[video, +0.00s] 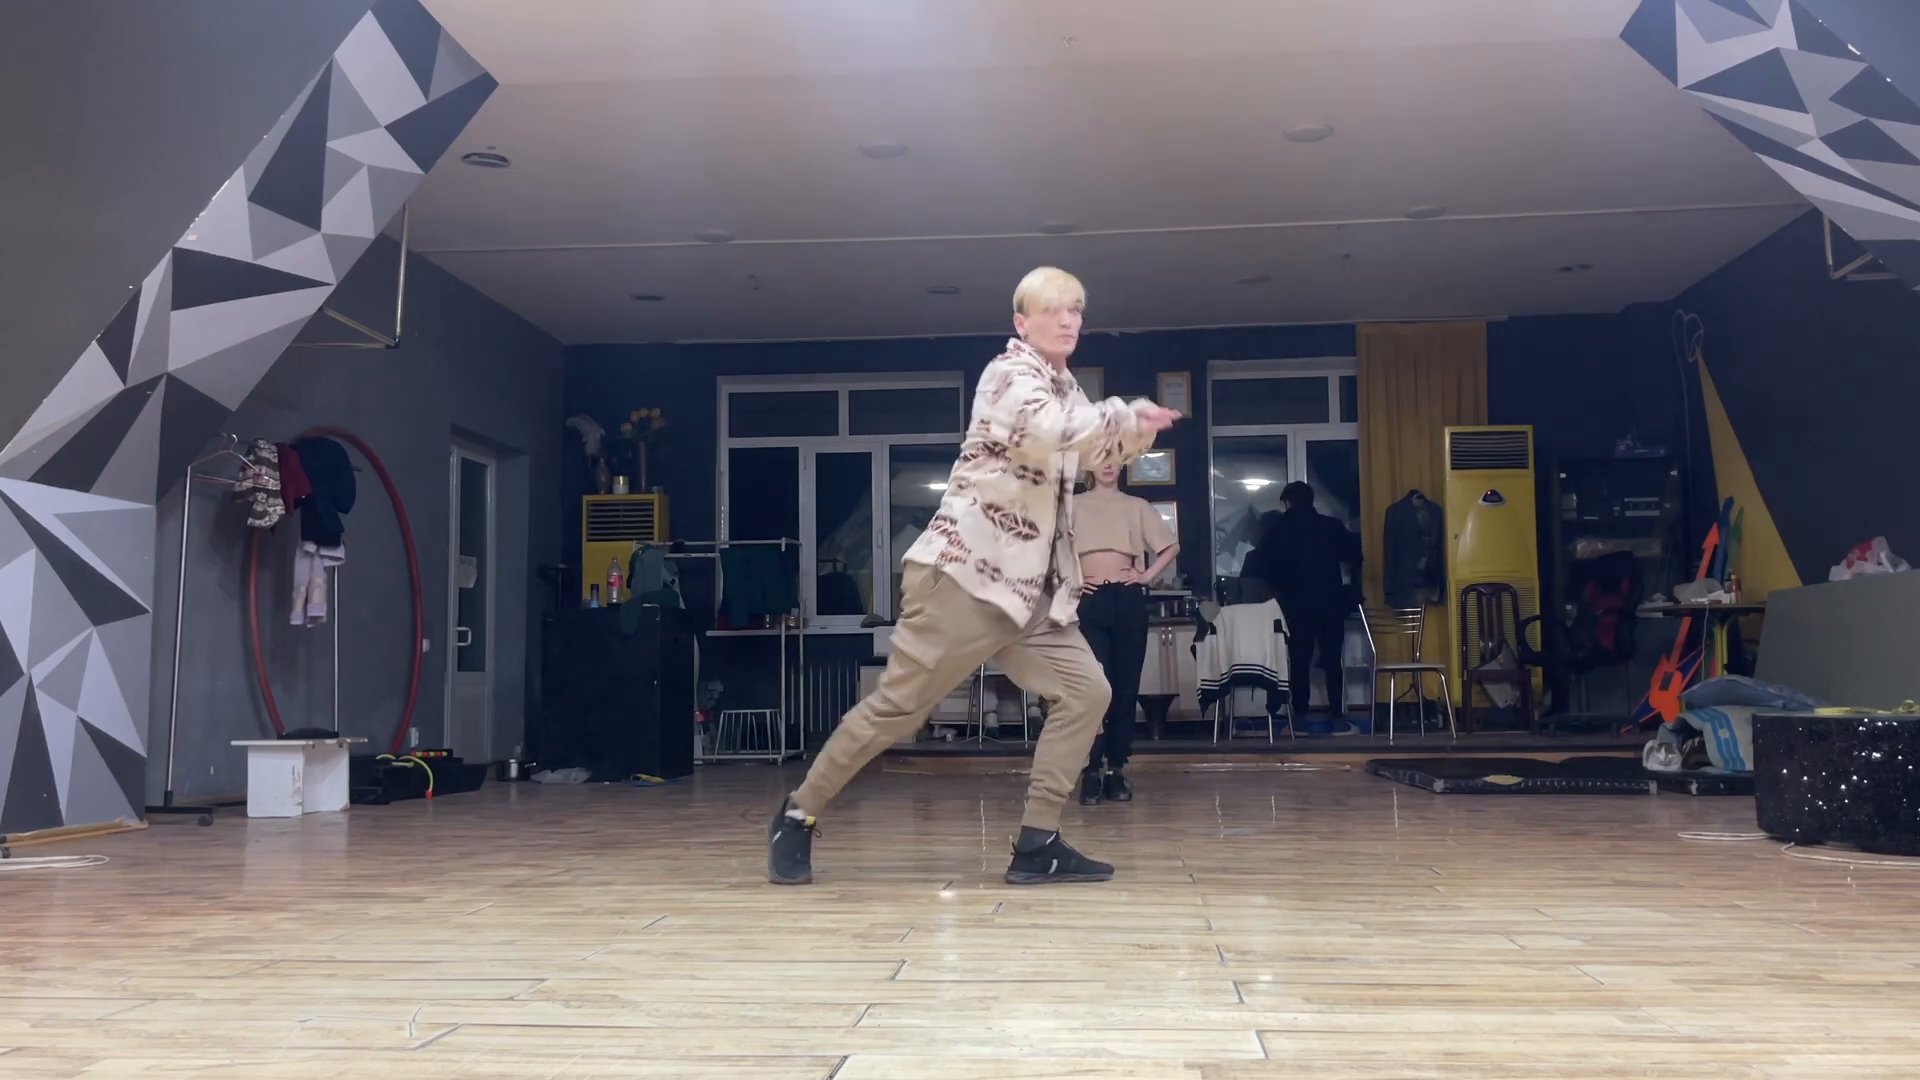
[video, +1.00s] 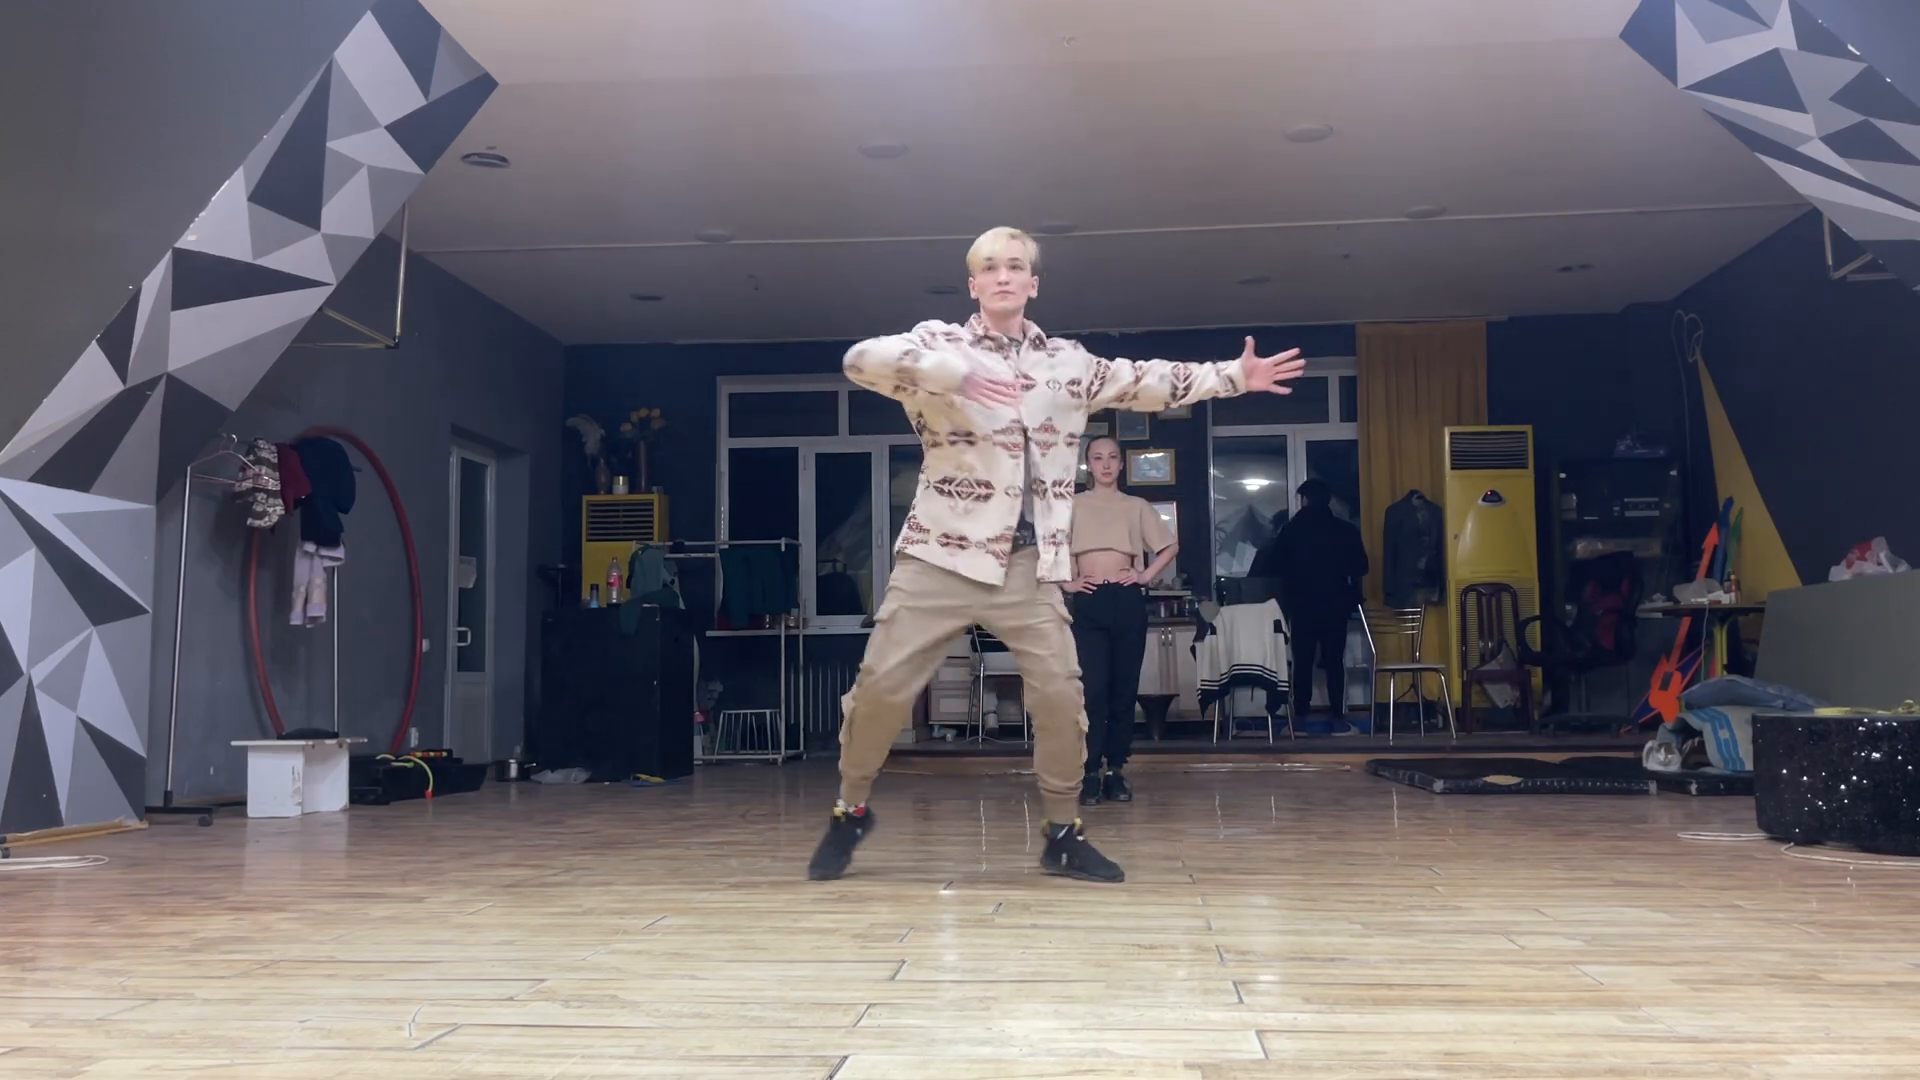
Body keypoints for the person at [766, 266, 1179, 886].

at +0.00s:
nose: (1073, 322)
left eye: (1078, 311)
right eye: (1060, 311)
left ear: (1079, 320)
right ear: (1023, 321)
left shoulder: (1067, 390)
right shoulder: (1011, 375)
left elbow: (1083, 460)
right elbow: (1048, 429)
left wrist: (1121, 449)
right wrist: (1123, 417)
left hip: (1022, 588)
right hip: (959, 575)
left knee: (1086, 692)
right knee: (896, 708)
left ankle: (1038, 841)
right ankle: (797, 816)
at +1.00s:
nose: (1004, 277)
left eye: (1016, 267)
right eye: (991, 267)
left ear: (1034, 282)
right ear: (971, 281)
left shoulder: (1068, 364)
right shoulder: (938, 343)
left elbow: (1145, 381)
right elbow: (861, 360)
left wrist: (1231, 376)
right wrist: (938, 371)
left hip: (1028, 571)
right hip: (937, 559)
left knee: (1061, 695)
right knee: (880, 685)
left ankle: (1062, 832)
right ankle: (849, 812)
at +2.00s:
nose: (999, 294)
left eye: (1010, 281)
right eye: (991, 286)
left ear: (1041, 285)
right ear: (984, 294)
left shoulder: (1070, 344)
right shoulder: (982, 347)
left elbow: (1035, 271)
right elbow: (925, 292)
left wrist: (979, 202)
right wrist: (947, 212)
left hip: (1069, 566)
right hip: (998, 568)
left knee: (1132, 702)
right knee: (917, 668)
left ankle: (1232, 823)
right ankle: (924, 830)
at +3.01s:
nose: (957, 430)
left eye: (951, 415)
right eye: (947, 425)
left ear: (968, 379)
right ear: (965, 400)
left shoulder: (1022, 348)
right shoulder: (1019, 437)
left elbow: (1021, 252)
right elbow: (1070, 501)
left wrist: (1027, 156)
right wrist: (1049, 547)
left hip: (1132, 529)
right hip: (1125, 542)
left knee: (1051, 674)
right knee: (1104, 675)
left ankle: (1145, 839)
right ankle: (1139, 824)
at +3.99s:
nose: (986, 284)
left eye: (999, 275)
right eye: (974, 275)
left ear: (1021, 287)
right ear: (955, 288)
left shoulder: (1056, 341)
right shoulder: (916, 370)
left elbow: (1135, 373)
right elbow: (846, 439)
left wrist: (1189, 417)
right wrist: (800, 505)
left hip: (1055, 570)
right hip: (959, 575)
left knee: (1112, 713)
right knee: (891, 702)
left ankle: (1136, 844)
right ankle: (901, 838)